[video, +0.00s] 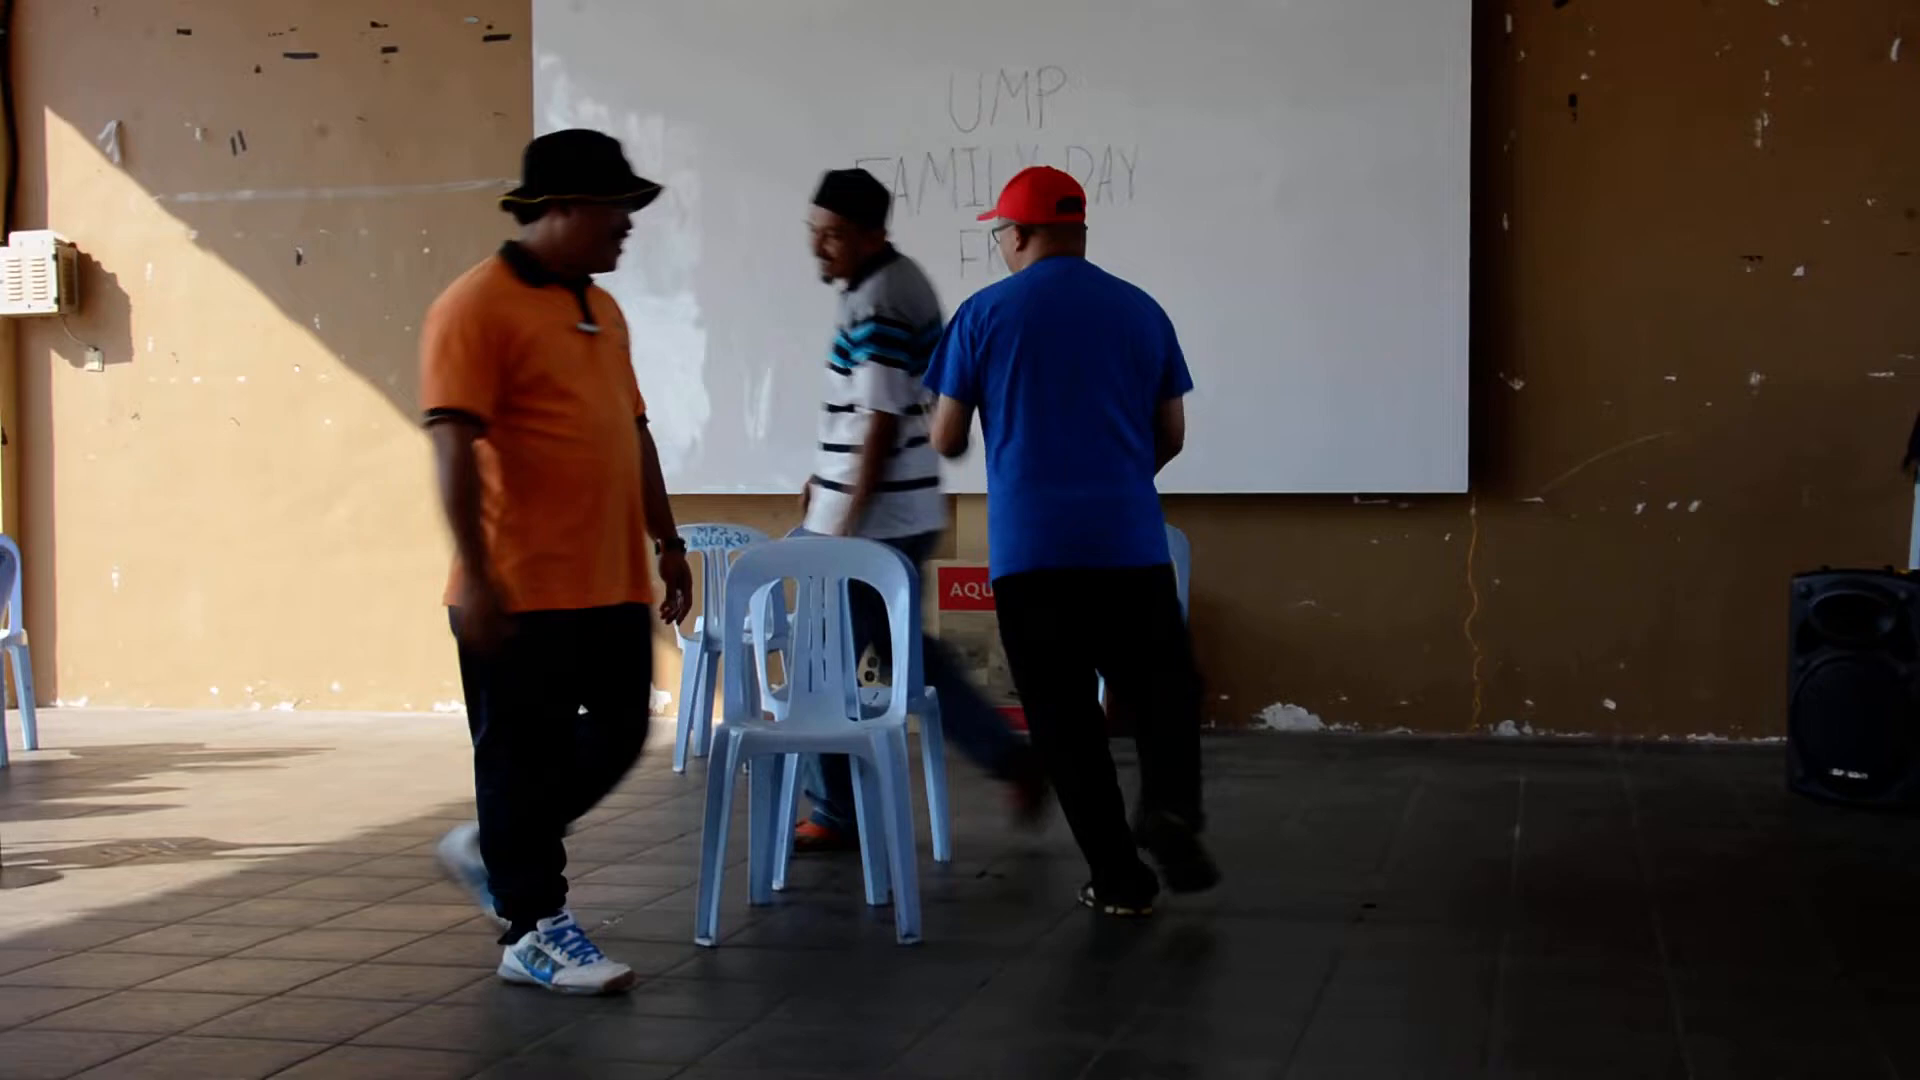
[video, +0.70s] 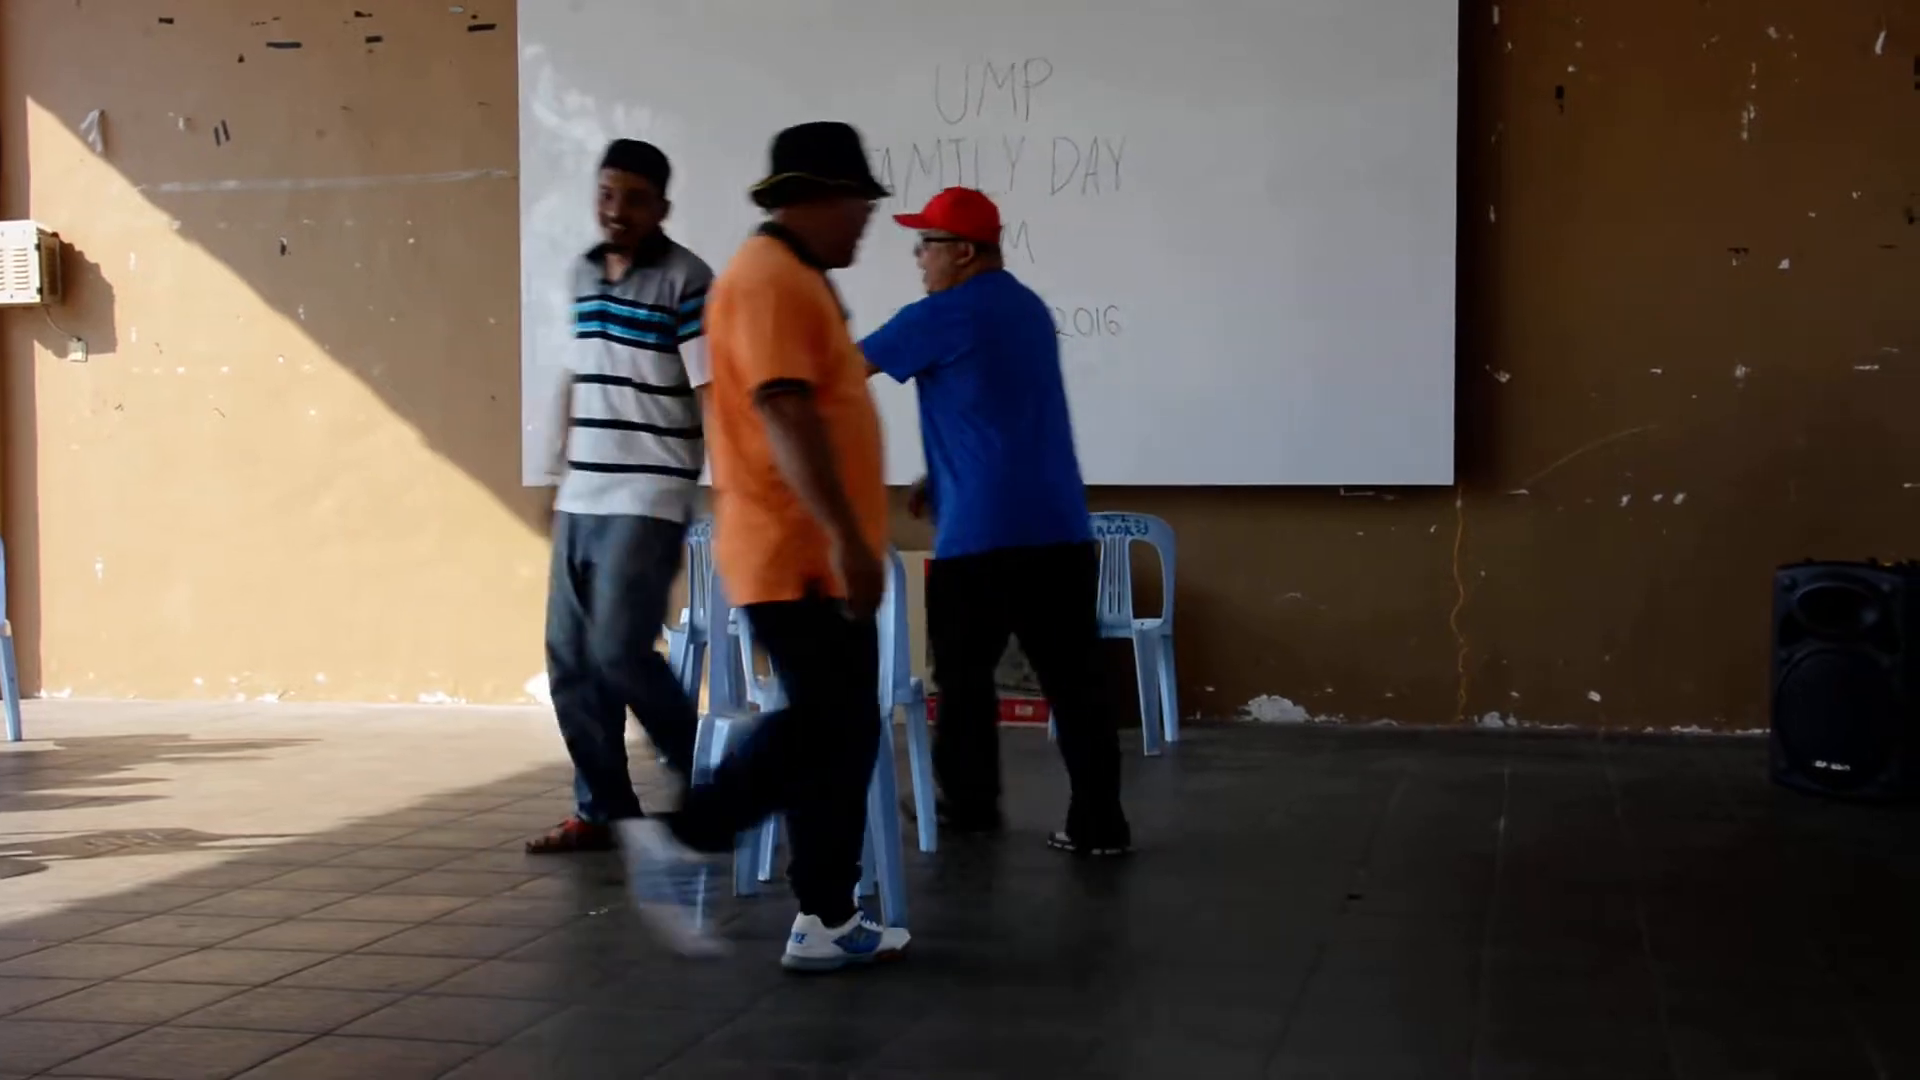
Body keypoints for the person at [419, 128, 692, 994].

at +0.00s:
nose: (626, 229)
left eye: (627, 214)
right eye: (612, 214)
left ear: (584, 215)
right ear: (555, 213)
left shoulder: (602, 311)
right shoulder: (472, 308)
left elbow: (634, 434)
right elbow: (453, 449)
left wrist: (667, 542)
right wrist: (471, 571)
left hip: (609, 579)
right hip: (516, 585)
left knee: (617, 736)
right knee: (524, 762)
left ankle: (489, 846)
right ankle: (533, 928)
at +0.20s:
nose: (672, 221)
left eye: (674, 206)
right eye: (660, 204)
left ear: (628, 203)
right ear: (604, 197)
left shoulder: (617, 291)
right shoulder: (535, 281)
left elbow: (629, 431)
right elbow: (535, 420)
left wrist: (663, 537)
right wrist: (581, 546)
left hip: (646, 564)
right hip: (562, 572)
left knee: (706, 694)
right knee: (553, 746)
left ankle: (610, 857)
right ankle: (529, 922)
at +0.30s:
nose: (704, 222)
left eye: (706, 206)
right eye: (693, 204)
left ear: (656, 205)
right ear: (644, 199)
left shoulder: (641, 284)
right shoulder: (576, 278)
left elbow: (646, 419)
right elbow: (587, 412)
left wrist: (682, 517)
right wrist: (651, 528)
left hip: (670, 563)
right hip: (590, 566)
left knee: (731, 714)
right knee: (567, 750)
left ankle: (716, 896)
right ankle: (530, 922)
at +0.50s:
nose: (784, 226)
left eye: (785, 209)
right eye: (772, 208)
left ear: (732, 208)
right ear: (718, 206)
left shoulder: (714, 289)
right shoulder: (671, 282)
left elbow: (718, 416)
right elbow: (693, 414)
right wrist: (772, 530)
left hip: (741, 573)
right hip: (673, 574)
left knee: (788, 753)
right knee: (623, 752)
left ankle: (825, 915)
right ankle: (536, 906)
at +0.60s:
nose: (828, 225)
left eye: (829, 209)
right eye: (819, 207)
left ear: (773, 209)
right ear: (772, 205)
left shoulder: (760, 283)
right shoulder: (721, 275)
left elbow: (766, 418)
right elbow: (738, 413)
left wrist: (813, 538)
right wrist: (811, 538)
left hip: (783, 564)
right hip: (729, 567)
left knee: (823, 737)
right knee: (720, 728)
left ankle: (826, 917)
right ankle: (583, 867)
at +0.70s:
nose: (865, 223)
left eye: (866, 207)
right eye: (857, 206)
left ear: (801, 205)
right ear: (813, 202)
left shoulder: (787, 278)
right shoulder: (771, 277)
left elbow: (797, 418)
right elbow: (784, 413)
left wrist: (854, 529)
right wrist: (849, 541)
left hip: (811, 553)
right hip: (792, 554)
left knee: (836, 725)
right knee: (835, 724)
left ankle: (827, 917)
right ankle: (683, 837)